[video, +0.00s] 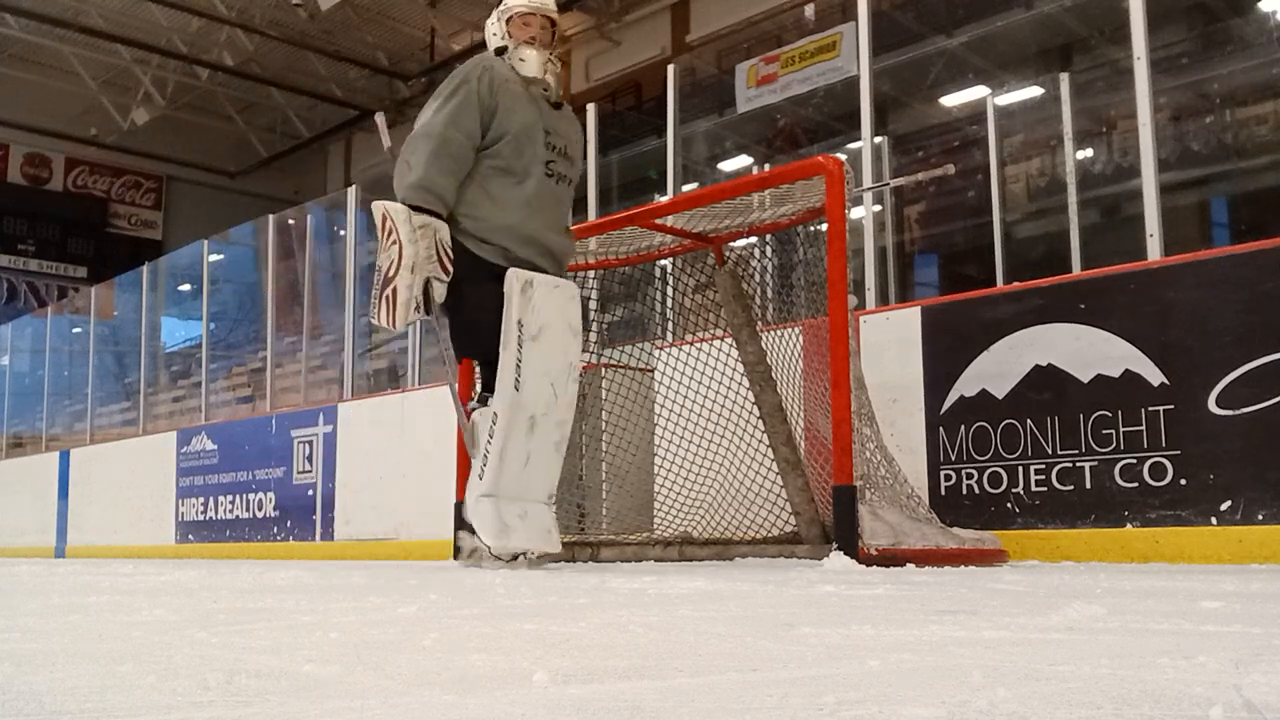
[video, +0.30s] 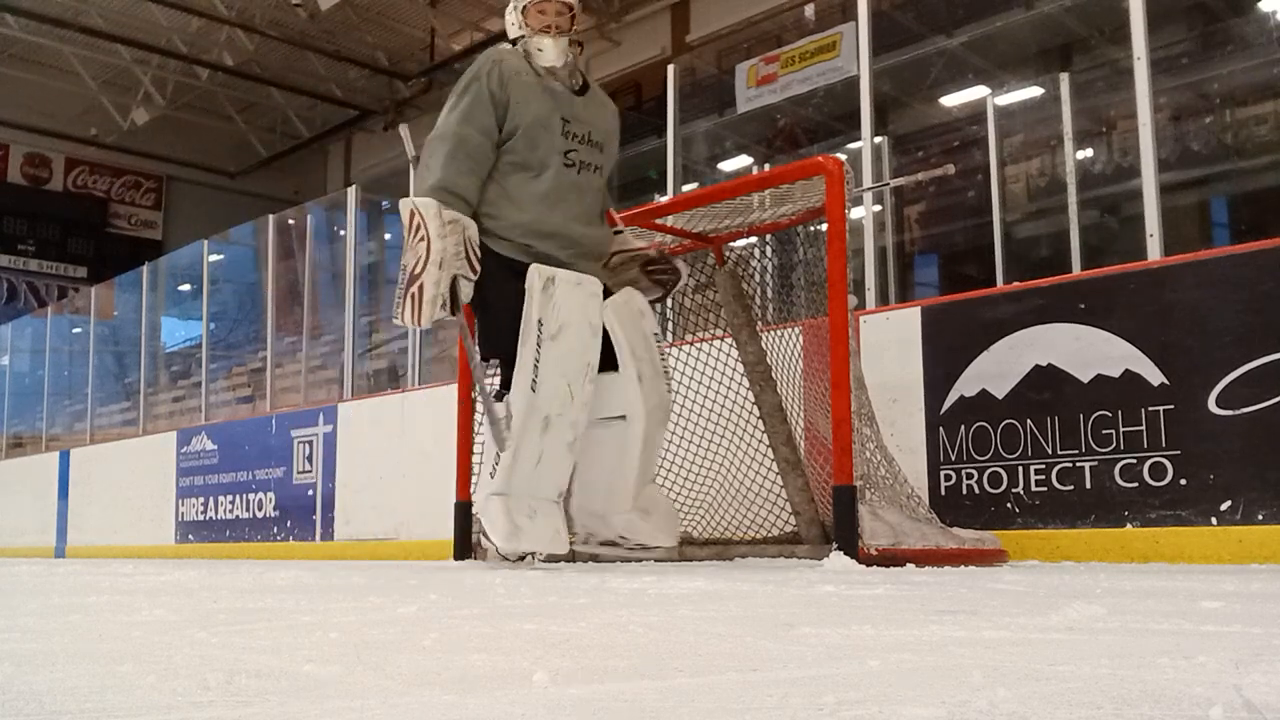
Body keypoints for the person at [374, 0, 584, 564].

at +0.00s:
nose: (533, 29)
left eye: (542, 22)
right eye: (522, 19)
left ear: (553, 34)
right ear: (503, 28)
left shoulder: (565, 113)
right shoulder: (483, 73)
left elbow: (562, 190)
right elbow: (438, 139)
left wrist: (553, 246)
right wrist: (422, 218)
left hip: (545, 268)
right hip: (482, 255)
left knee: (542, 396)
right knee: (501, 390)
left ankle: (519, 527)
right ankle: (480, 524)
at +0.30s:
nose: (554, 13)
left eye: (563, 7)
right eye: (540, 6)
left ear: (578, 20)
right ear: (518, 18)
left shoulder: (603, 108)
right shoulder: (498, 70)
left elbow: (591, 208)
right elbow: (455, 154)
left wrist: (622, 256)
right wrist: (438, 239)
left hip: (585, 274)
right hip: (510, 261)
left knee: (617, 391)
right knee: (527, 398)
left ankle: (606, 521)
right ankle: (524, 529)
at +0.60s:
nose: (598, 18)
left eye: (609, 9)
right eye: (586, 9)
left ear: (626, 18)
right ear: (567, 19)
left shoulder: (662, 96)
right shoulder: (533, 80)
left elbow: (678, 180)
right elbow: (495, 160)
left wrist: (711, 234)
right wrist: (483, 227)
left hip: (640, 271)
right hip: (551, 266)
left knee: (676, 392)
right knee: (558, 395)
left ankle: (675, 532)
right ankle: (530, 536)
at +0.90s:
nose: (678, 27)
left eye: (690, 17)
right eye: (667, 15)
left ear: (707, 23)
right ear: (648, 18)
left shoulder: (736, 93)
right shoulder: (600, 77)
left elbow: (759, 189)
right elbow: (560, 161)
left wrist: (776, 249)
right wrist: (532, 212)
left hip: (693, 263)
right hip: (597, 261)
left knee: (728, 391)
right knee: (556, 391)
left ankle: (769, 535)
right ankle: (517, 536)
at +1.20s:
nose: (704, 14)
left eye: (716, 6)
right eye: (694, 5)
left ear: (733, 15)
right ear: (675, 10)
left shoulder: (757, 88)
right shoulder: (626, 79)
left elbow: (782, 172)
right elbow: (588, 162)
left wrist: (803, 241)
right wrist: (552, 212)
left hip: (720, 273)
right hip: (625, 273)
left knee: (741, 400)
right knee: (592, 397)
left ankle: (799, 533)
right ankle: (594, 532)